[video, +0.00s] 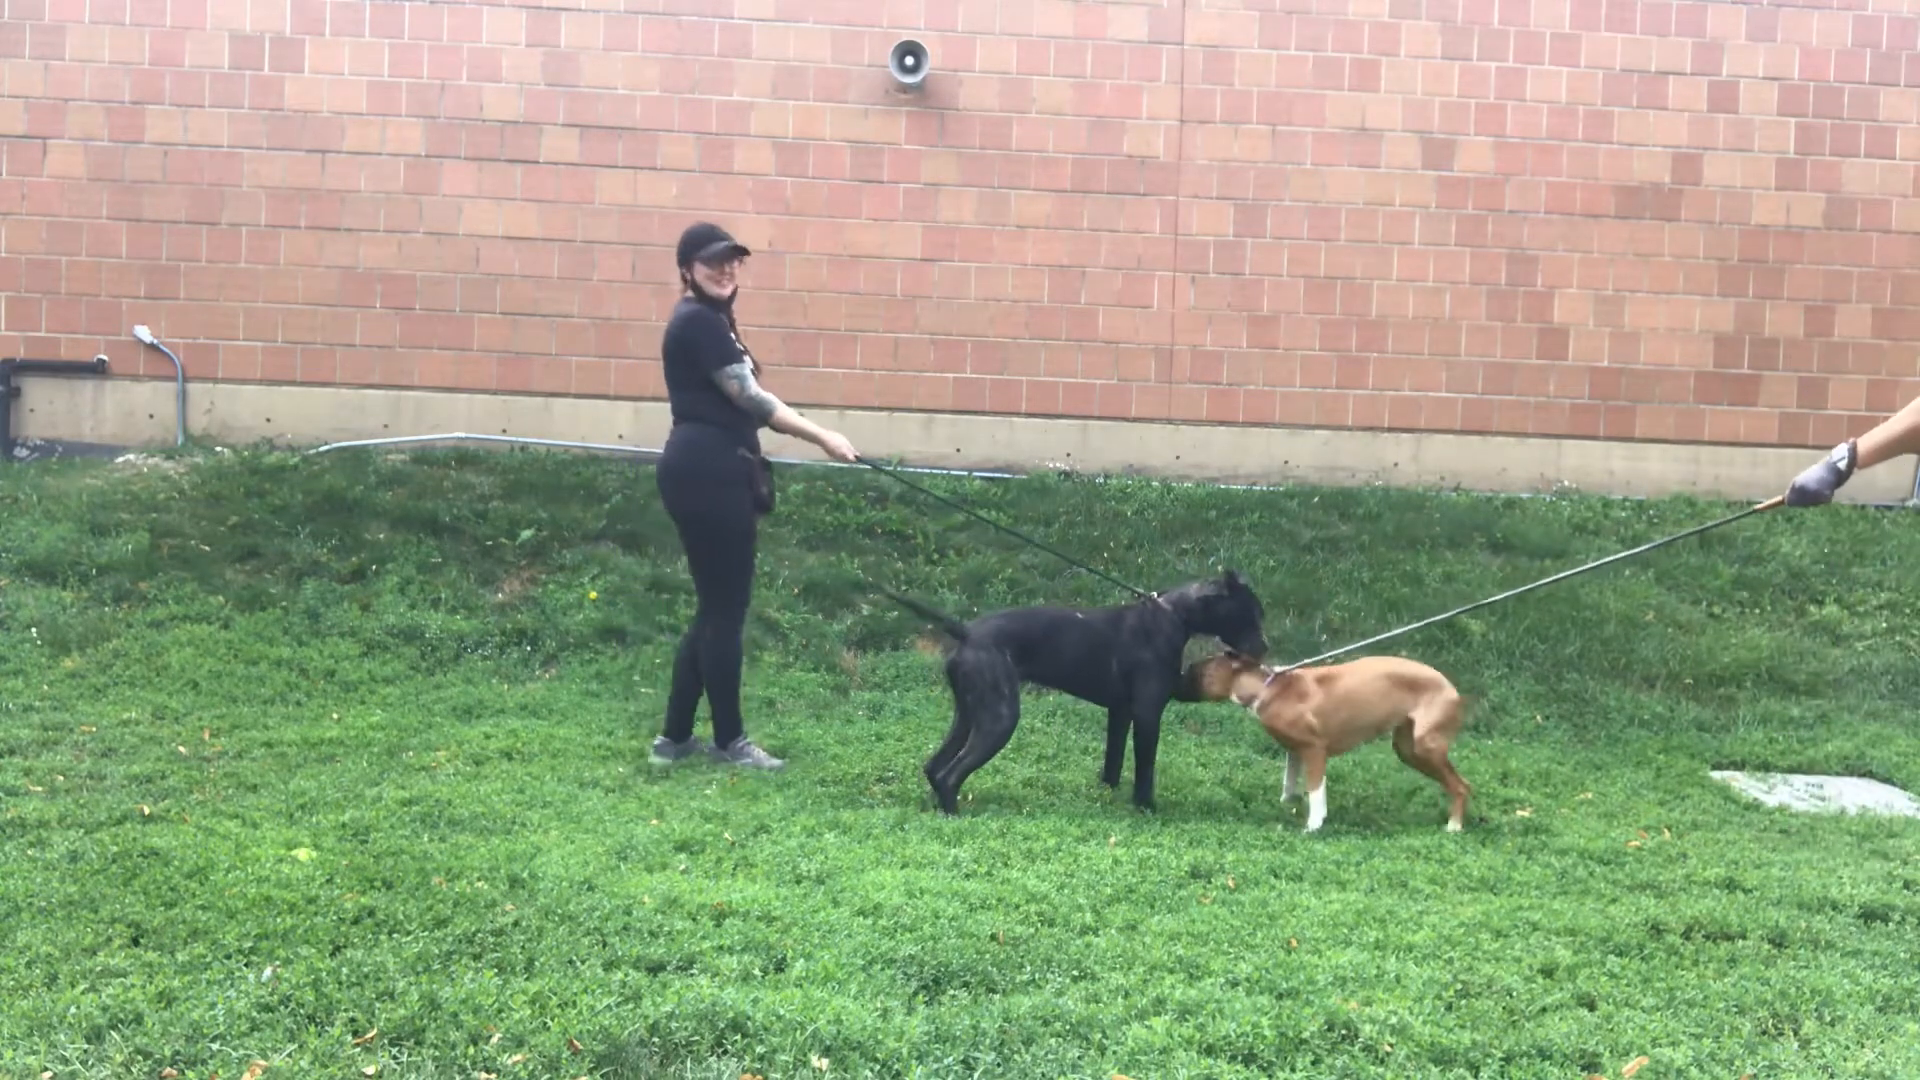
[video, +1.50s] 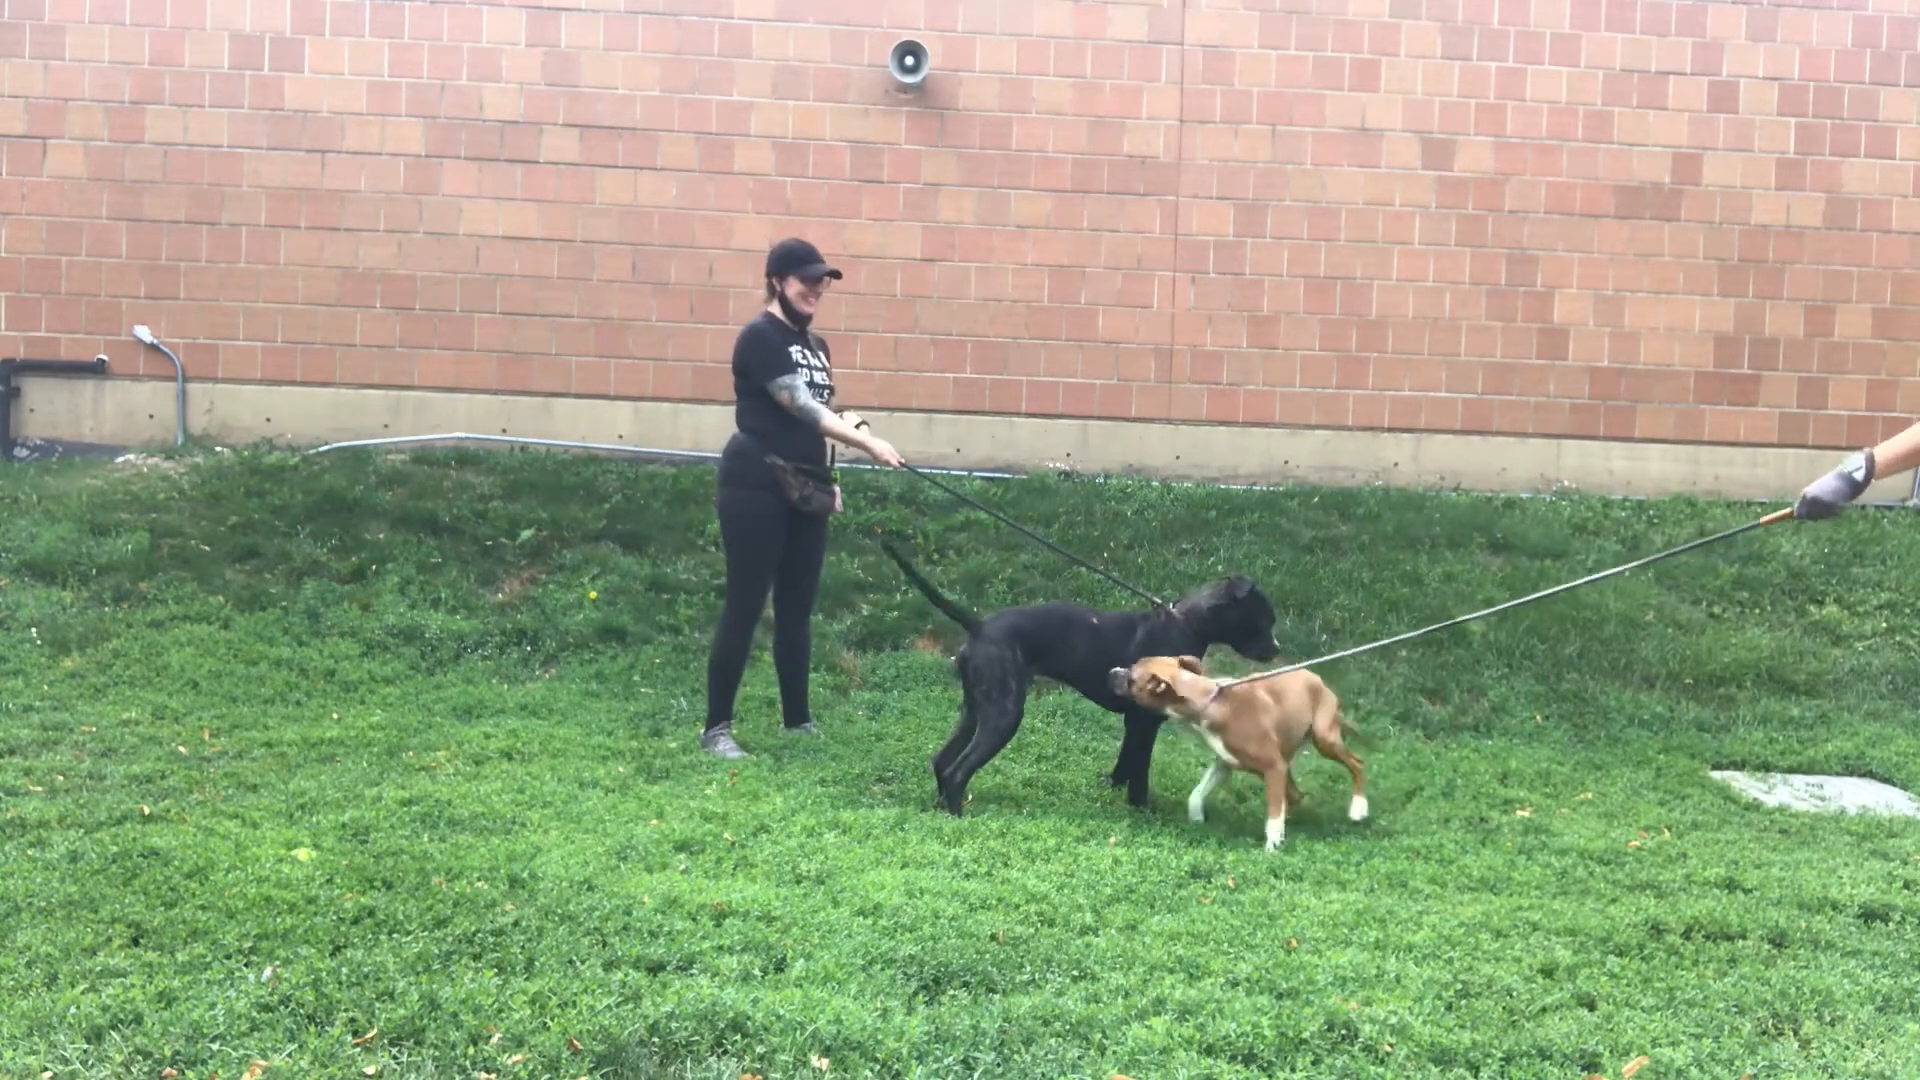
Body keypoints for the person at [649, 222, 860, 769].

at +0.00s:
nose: (727, 270)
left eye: (732, 261)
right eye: (714, 263)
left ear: (737, 267)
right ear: (689, 270)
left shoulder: (705, 317)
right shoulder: (700, 322)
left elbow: (733, 400)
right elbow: (752, 400)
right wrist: (823, 436)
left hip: (699, 463)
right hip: (710, 467)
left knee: (715, 605)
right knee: (726, 607)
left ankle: (675, 738)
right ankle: (729, 741)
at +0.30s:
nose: (763, 281)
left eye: (766, 272)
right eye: (754, 270)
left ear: (737, 274)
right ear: (721, 271)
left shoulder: (726, 319)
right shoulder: (716, 322)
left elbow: (752, 400)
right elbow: (761, 401)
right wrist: (832, 438)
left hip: (742, 470)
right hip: (720, 473)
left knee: (791, 587)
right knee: (726, 606)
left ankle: (760, 709)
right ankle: (726, 741)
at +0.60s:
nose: (785, 288)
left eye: (789, 280)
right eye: (776, 279)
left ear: (790, 282)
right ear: (744, 280)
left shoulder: (780, 336)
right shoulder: (731, 336)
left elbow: (786, 409)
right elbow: (774, 407)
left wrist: (817, 417)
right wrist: (847, 439)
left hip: (791, 476)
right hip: (745, 479)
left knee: (787, 605)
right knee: (757, 605)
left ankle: (797, 723)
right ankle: (730, 739)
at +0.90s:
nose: (801, 288)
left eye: (805, 280)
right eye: (792, 279)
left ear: (803, 284)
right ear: (761, 282)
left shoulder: (800, 343)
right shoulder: (748, 338)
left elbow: (804, 416)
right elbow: (792, 407)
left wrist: (820, 480)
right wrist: (863, 438)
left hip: (802, 480)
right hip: (754, 479)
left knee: (795, 604)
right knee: (761, 601)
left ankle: (798, 724)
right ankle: (719, 729)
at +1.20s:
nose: (809, 289)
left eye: (813, 281)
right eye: (799, 279)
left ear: (814, 285)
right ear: (770, 281)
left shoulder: (807, 344)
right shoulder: (753, 338)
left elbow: (809, 420)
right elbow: (799, 405)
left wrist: (824, 481)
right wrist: (870, 439)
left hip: (804, 483)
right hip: (755, 480)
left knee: (794, 606)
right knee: (752, 602)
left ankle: (798, 724)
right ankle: (718, 730)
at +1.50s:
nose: (816, 290)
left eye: (821, 282)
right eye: (807, 281)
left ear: (823, 285)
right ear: (778, 282)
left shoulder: (816, 346)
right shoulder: (759, 337)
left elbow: (817, 419)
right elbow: (801, 407)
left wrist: (827, 480)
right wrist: (869, 439)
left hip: (807, 483)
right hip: (756, 479)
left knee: (795, 608)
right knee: (745, 604)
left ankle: (798, 724)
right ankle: (717, 729)